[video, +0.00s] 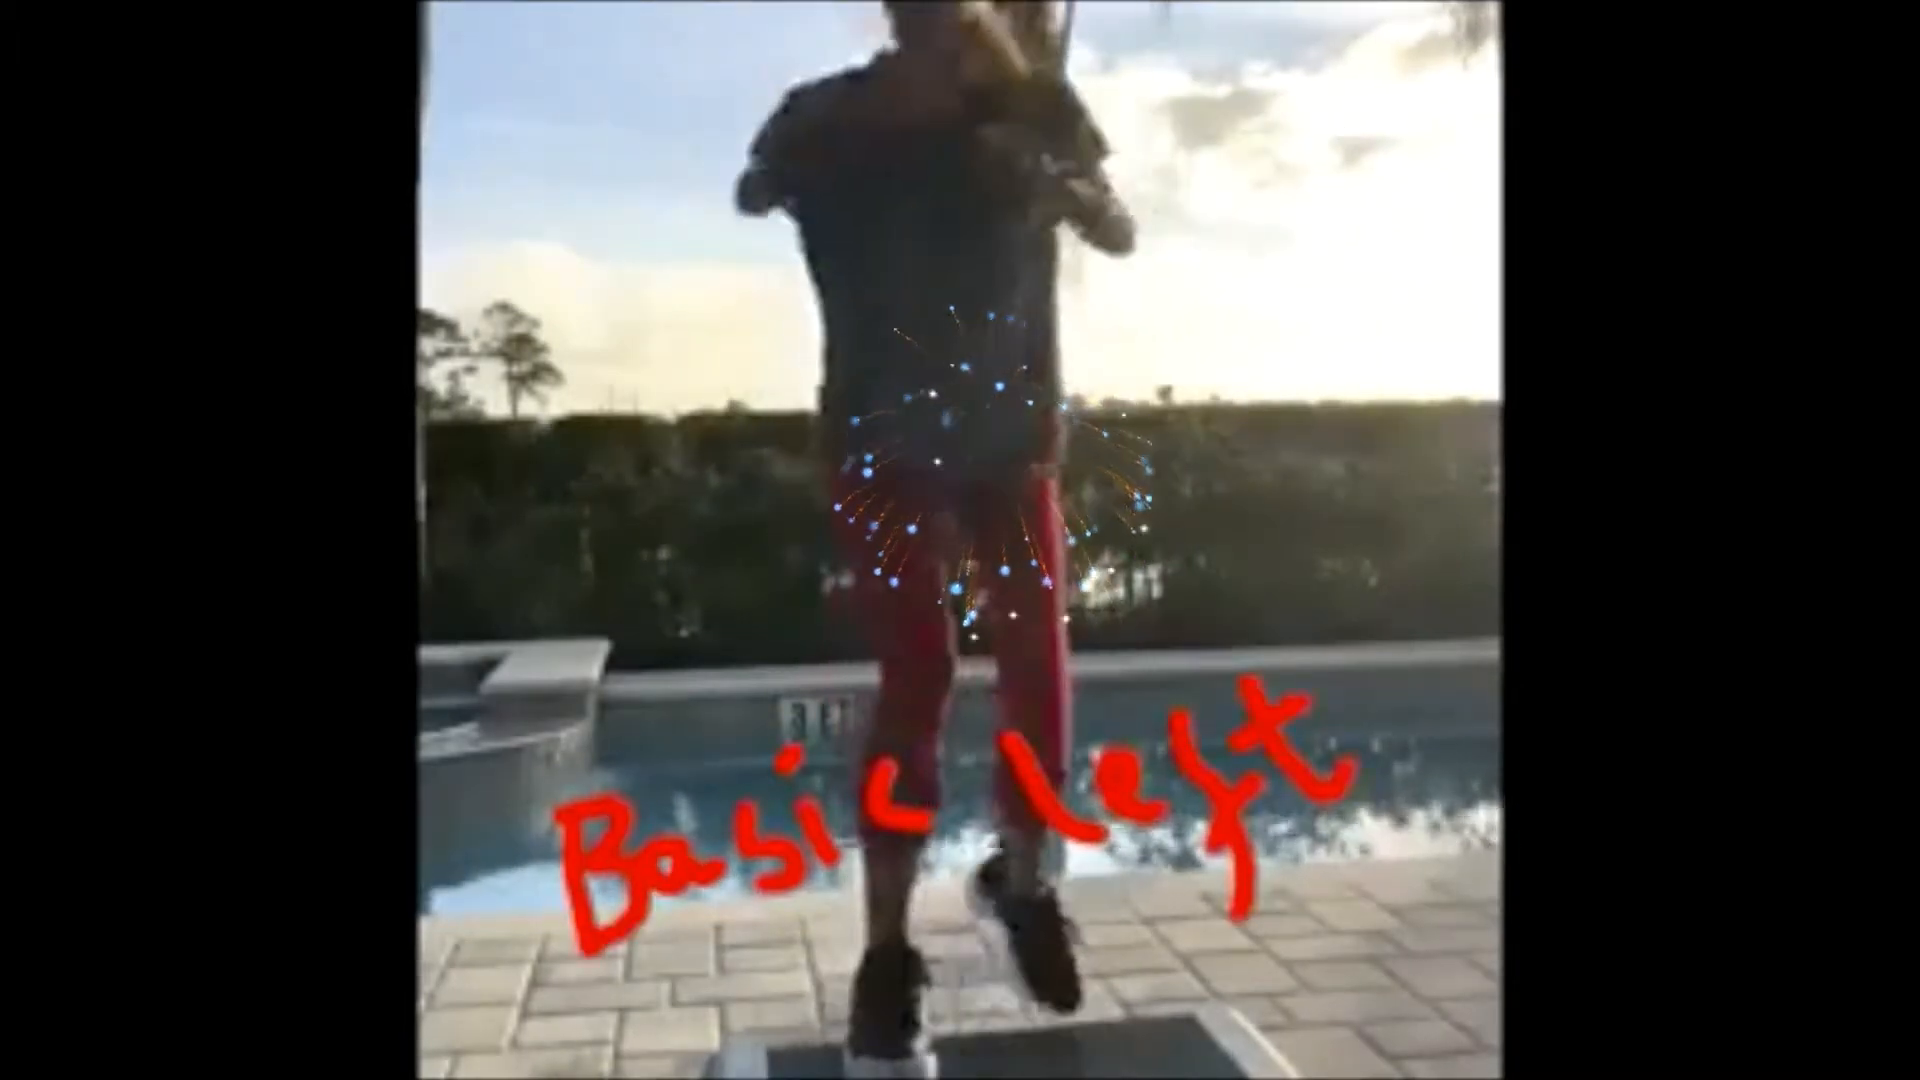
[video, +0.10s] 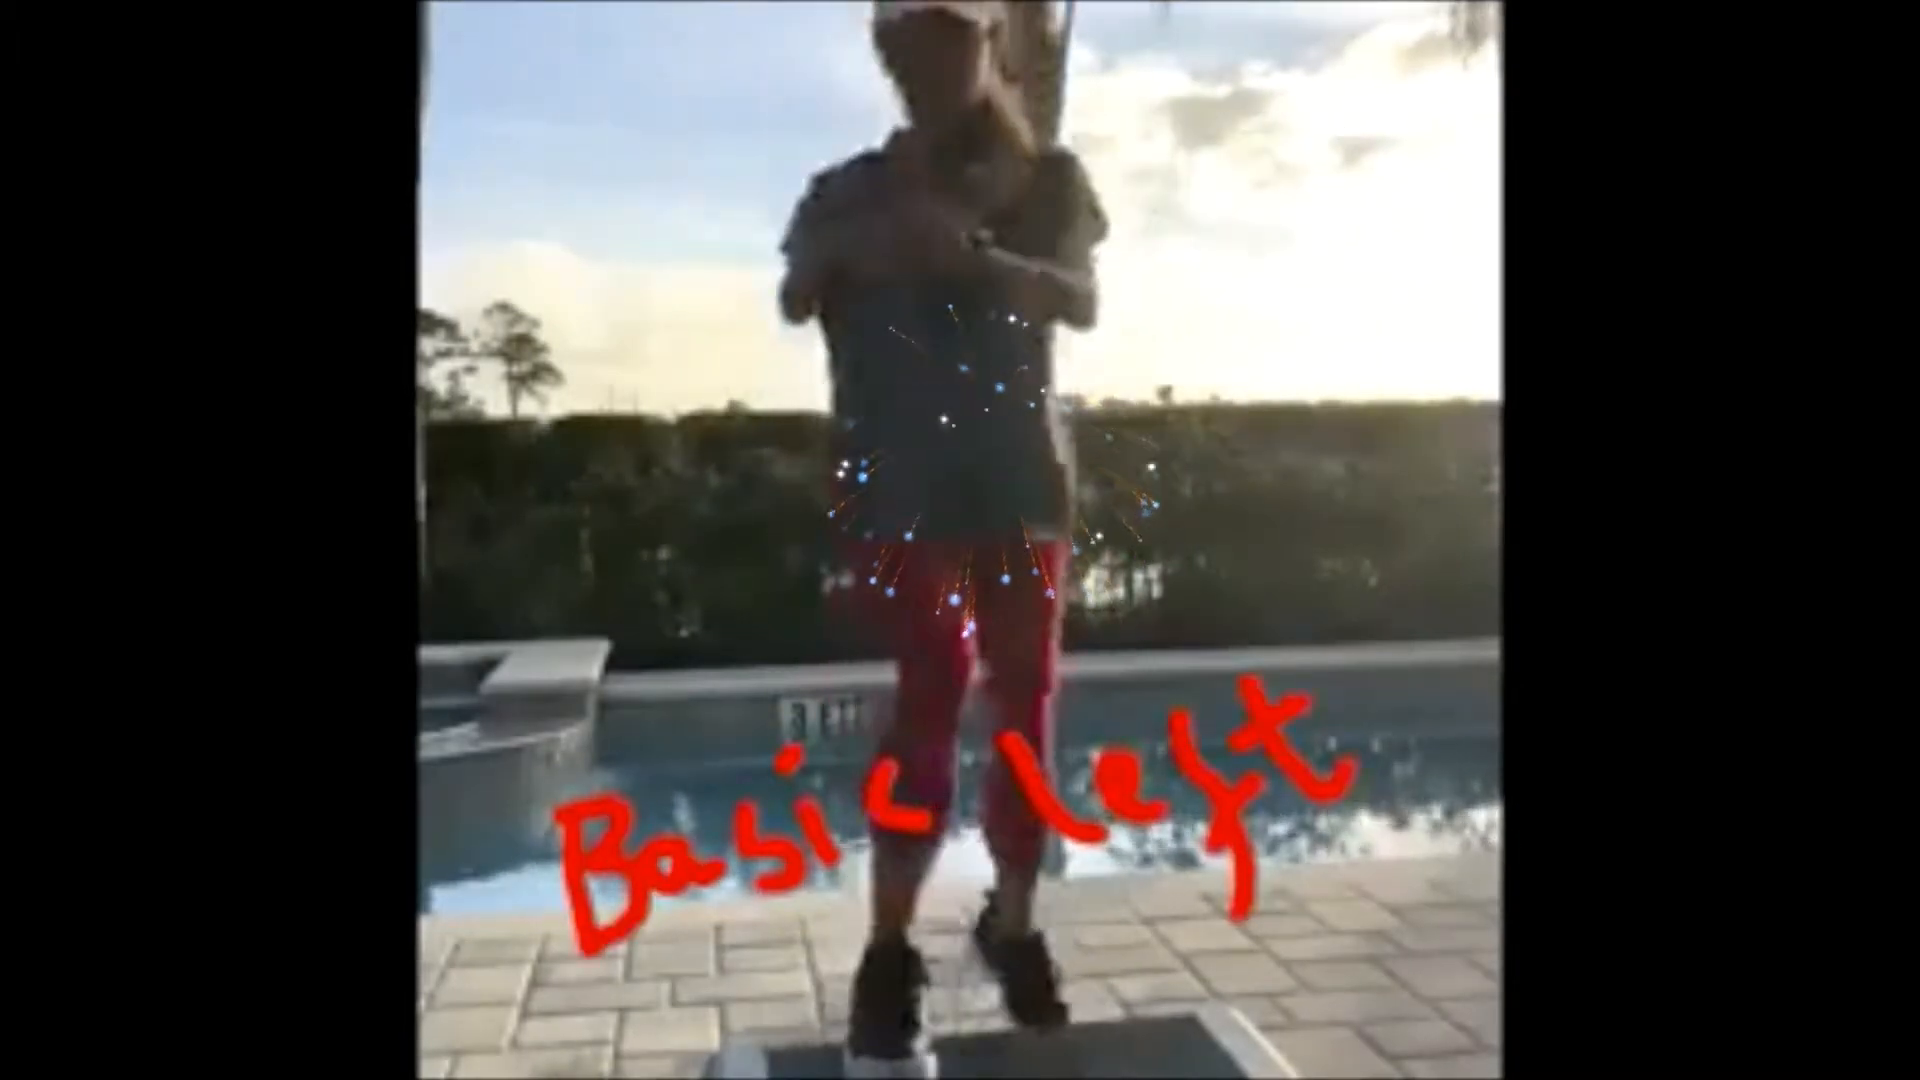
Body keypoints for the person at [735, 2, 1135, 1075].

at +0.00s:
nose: (947, 26)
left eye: (961, 15)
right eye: (929, 15)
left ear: (984, 17)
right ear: (898, 17)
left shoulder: (1035, 104)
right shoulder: (822, 114)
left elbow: (1119, 234)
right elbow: (755, 200)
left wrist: (1059, 184)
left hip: (1012, 439)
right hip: (883, 444)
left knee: (1037, 669)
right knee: (915, 679)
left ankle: (1023, 872)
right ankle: (887, 952)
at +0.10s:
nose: (932, 54)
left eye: (951, 35)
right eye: (913, 37)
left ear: (988, 48)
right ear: (890, 57)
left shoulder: (1046, 174)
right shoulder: (842, 190)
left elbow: (1077, 298)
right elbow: (795, 303)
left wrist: (966, 253)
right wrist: (869, 236)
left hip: (1019, 475)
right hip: (894, 479)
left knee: (1027, 703)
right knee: (931, 691)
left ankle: (1013, 923)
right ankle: (888, 951)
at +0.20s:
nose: (943, 131)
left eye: (963, 111)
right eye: (925, 112)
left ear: (1002, 115)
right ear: (901, 121)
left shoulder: (1058, 250)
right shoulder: (865, 257)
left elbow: (1076, 397)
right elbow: (821, 400)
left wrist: (958, 395)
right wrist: (917, 371)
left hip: (1028, 533)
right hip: (909, 530)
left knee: (1021, 746)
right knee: (925, 727)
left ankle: (999, 951)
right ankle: (889, 946)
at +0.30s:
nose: (948, 130)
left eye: (968, 111)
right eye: (931, 110)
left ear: (1005, 118)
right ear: (905, 119)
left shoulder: (1059, 251)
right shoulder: (864, 254)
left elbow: (1116, 396)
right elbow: (839, 401)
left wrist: (1063, 478)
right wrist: (849, 495)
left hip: (1029, 510)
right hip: (911, 508)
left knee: (1021, 730)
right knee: (913, 706)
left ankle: (995, 941)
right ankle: (898, 913)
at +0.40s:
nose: (944, 122)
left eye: (964, 103)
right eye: (927, 103)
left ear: (1003, 110)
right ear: (902, 113)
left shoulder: (1063, 239)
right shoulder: (871, 234)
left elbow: (1138, 335)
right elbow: (848, 326)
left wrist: (1134, 414)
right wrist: (794, 406)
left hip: (1026, 500)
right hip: (914, 494)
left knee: (1012, 723)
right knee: (909, 671)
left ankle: (993, 940)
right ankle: (886, 884)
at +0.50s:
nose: (933, 122)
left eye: (954, 103)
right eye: (916, 103)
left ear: (996, 110)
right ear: (894, 113)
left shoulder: (1051, 231)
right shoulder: (860, 228)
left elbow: (1140, 283)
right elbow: (825, 283)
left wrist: (1169, 400)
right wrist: (775, 352)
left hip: (1017, 506)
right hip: (901, 501)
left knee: (1009, 740)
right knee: (881, 723)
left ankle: (996, 943)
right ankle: (877, 916)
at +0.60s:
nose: (916, 119)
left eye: (938, 98)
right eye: (900, 99)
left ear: (981, 107)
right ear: (878, 110)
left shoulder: (1036, 230)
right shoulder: (844, 233)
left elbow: (1114, 295)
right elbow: (795, 313)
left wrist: (1149, 400)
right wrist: (754, 395)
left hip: (1003, 514)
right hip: (887, 514)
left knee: (999, 741)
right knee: (871, 746)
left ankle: (995, 943)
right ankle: (893, 961)